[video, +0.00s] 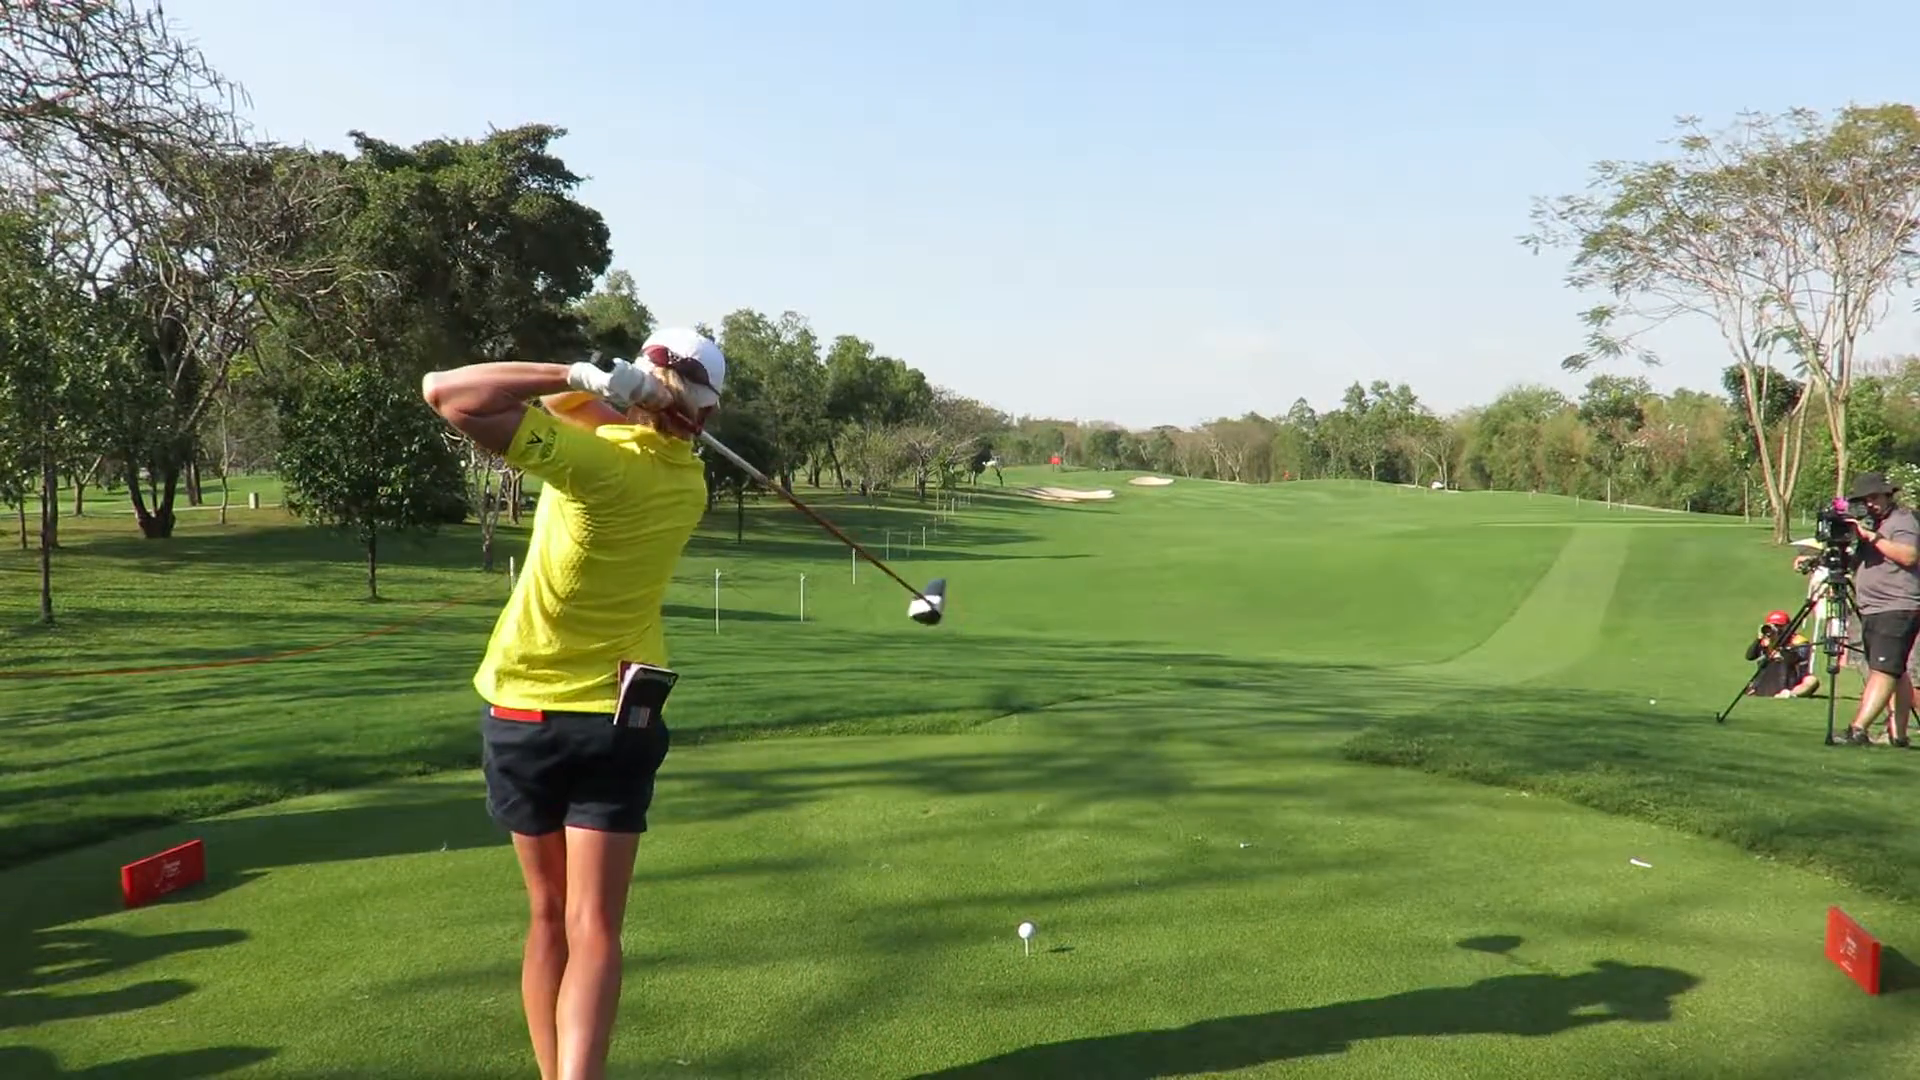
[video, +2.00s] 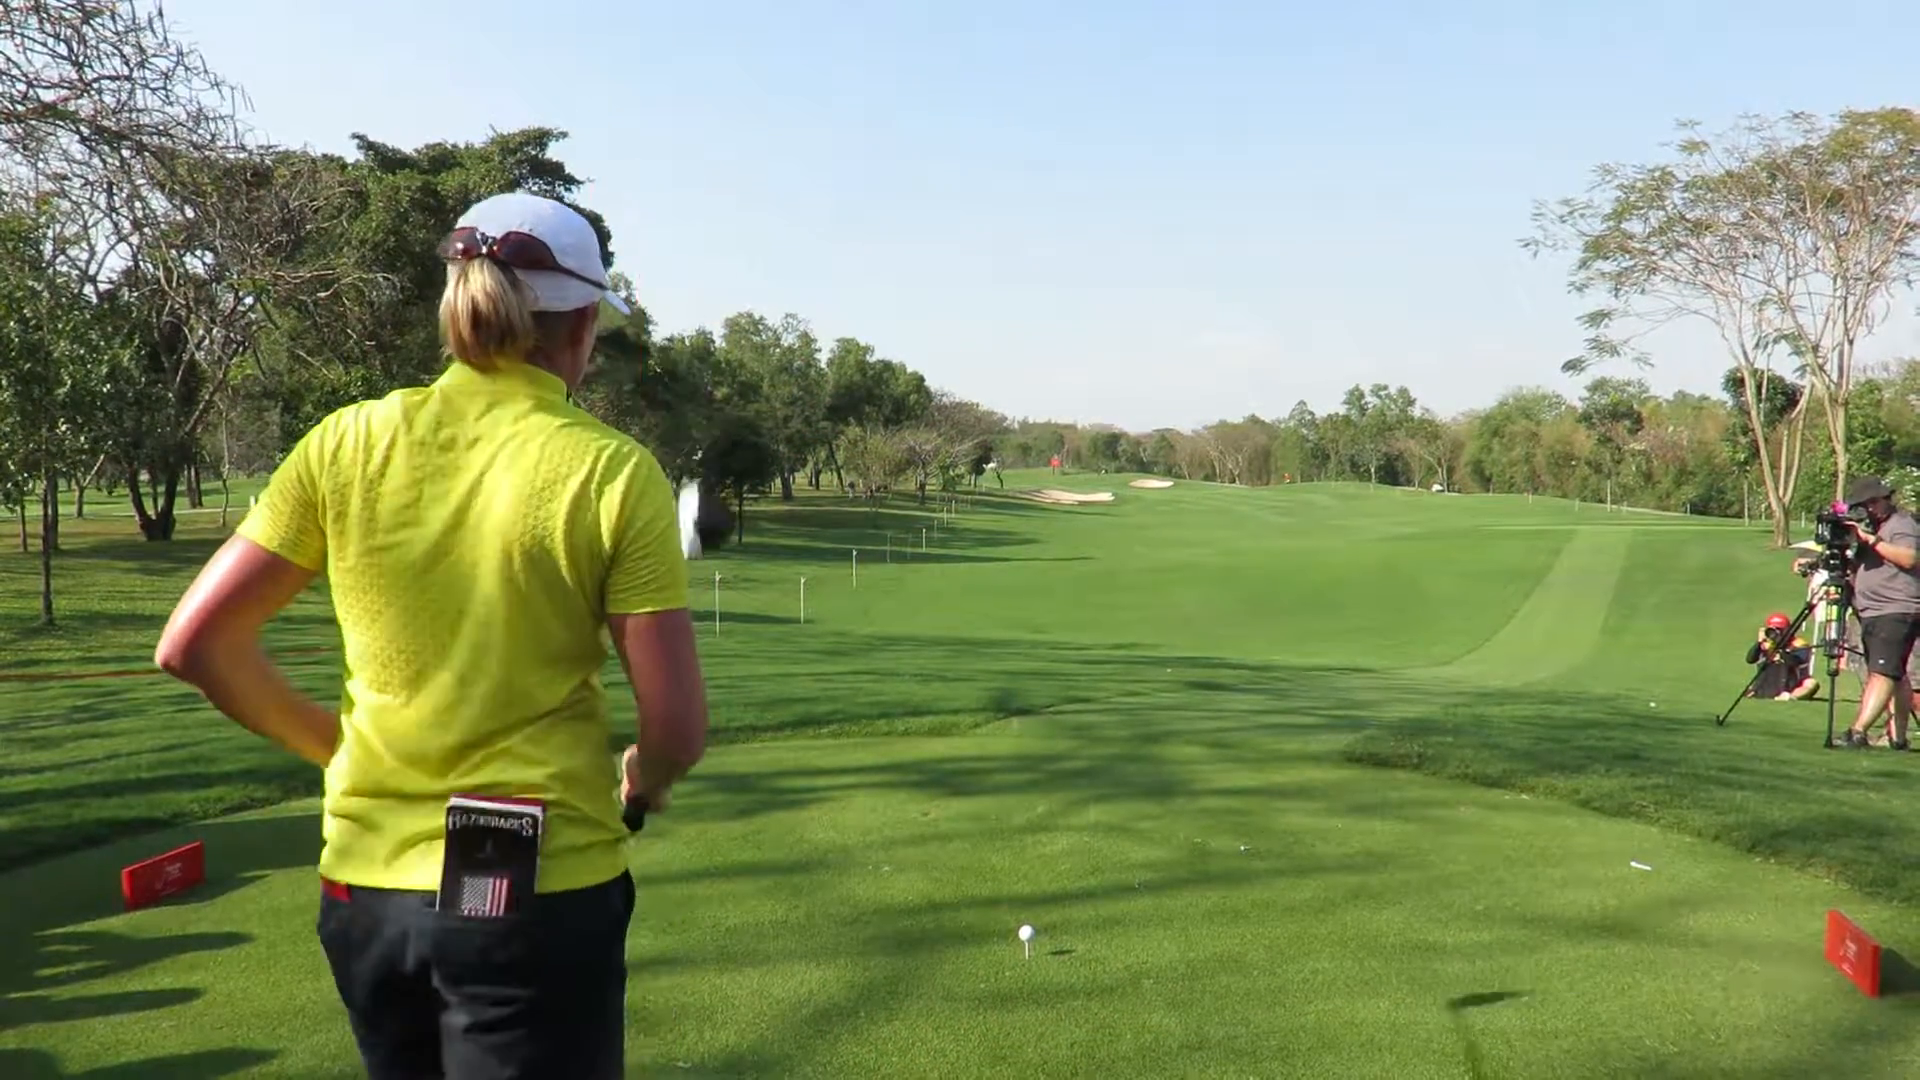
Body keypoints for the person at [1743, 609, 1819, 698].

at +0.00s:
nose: (1774, 631)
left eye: (1777, 628)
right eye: (1771, 628)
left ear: (1785, 627)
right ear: (1768, 628)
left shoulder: (1799, 642)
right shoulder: (1768, 642)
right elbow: (1750, 656)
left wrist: (1784, 655)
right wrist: (1759, 640)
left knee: (1812, 680)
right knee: (1750, 688)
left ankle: (1792, 693)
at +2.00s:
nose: (1774, 635)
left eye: (1778, 631)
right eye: (1771, 632)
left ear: (1787, 631)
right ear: (1767, 633)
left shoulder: (1799, 644)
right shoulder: (1768, 645)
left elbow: (1798, 660)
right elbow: (1750, 660)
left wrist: (1782, 655)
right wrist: (1759, 643)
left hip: (1792, 683)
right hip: (1769, 682)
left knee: (1812, 683)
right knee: (1749, 690)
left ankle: (1791, 696)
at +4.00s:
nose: (1777, 633)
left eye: (1781, 630)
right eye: (1774, 630)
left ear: (1789, 631)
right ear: (1770, 629)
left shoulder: (1800, 644)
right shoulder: (1769, 641)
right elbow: (1750, 661)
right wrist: (1757, 645)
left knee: (1812, 682)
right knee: (1750, 690)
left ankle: (1791, 696)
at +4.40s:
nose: (1775, 633)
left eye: (1778, 629)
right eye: (1772, 629)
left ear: (1787, 630)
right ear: (1769, 629)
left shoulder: (1799, 642)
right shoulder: (1769, 642)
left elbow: (1801, 658)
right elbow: (1751, 659)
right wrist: (1759, 642)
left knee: (1812, 681)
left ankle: (1792, 694)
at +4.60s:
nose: (1772, 634)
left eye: (1776, 630)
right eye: (1770, 630)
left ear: (1785, 630)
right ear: (1769, 629)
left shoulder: (1799, 642)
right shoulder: (1769, 642)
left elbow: (1800, 658)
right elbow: (1751, 658)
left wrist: (1783, 654)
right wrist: (1760, 642)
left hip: (1794, 678)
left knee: (1812, 681)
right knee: (1751, 688)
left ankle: (1791, 694)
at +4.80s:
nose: (1772, 634)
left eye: (1777, 630)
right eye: (1770, 630)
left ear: (1786, 630)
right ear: (1767, 629)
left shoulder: (1799, 643)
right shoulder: (1769, 642)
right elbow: (1750, 657)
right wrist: (1759, 641)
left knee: (1812, 680)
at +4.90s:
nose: (1772, 634)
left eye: (1776, 631)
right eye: (1770, 630)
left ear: (1785, 630)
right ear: (1767, 630)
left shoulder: (1799, 643)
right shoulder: (1769, 642)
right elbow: (1750, 657)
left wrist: (1793, 693)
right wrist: (1759, 641)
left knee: (1812, 680)